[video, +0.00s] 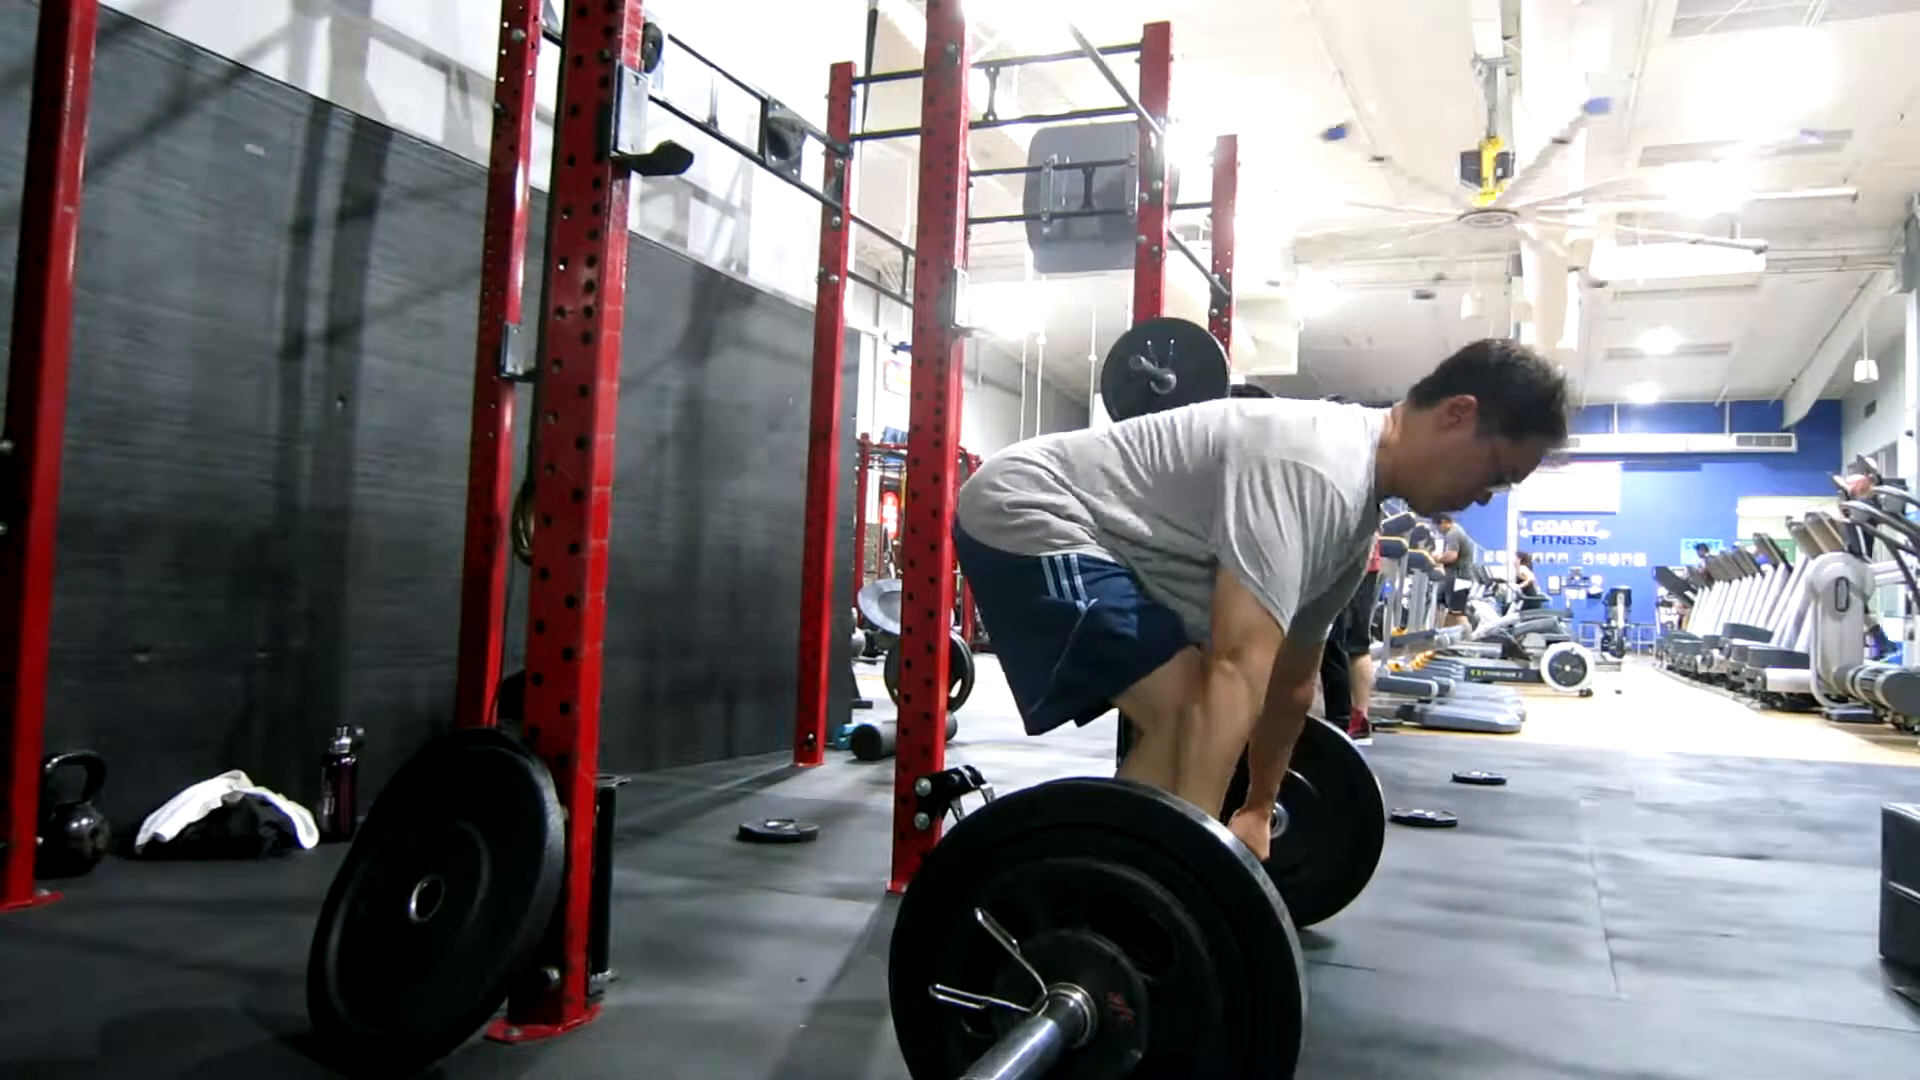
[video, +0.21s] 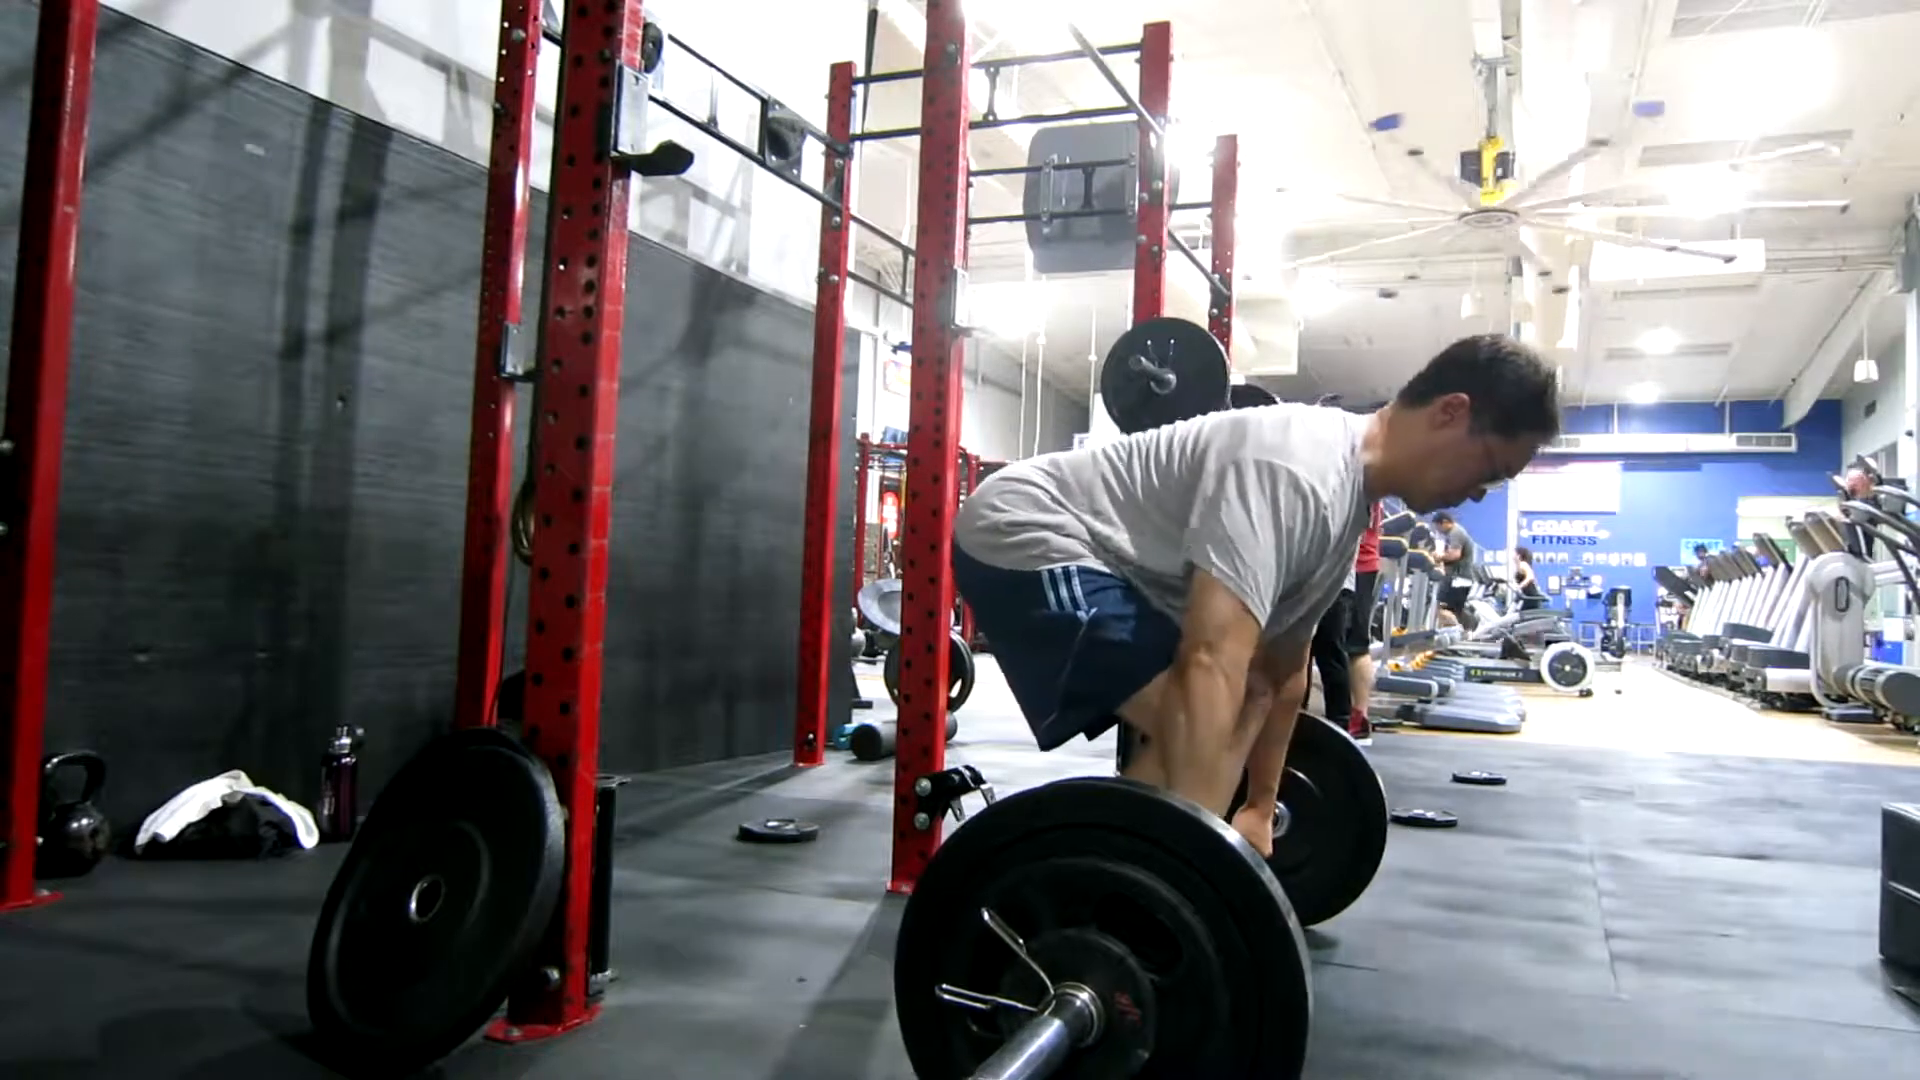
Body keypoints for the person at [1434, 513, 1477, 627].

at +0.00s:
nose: (1437, 529)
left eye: (1438, 526)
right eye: (1436, 526)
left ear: (1444, 522)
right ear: (1445, 522)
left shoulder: (1453, 533)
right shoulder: (1456, 532)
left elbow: (1452, 555)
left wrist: (1439, 559)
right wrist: (1441, 557)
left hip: (1459, 577)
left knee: (1457, 612)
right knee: (1451, 611)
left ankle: (1469, 642)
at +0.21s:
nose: (1438, 529)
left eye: (1438, 525)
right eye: (1437, 526)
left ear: (1445, 522)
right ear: (1446, 522)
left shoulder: (1456, 532)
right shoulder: (1454, 532)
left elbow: (1455, 554)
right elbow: (1451, 553)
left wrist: (1440, 556)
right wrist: (1441, 556)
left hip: (1458, 577)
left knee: (1445, 608)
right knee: (1456, 610)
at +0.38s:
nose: (1439, 531)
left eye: (1439, 527)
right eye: (1438, 528)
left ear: (1445, 523)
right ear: (1445, 523)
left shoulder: (1458, 533)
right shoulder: (1452, 535)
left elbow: (1458, 556)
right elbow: (1450, 555)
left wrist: (1440, 558)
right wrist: (1440, 558)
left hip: (1462, 579)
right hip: (1455, 578)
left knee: (1462, 614)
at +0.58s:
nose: (1438, 527)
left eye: (1438, 524)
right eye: (1436, 524)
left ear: (1444, 520)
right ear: (1444, 520)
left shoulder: (1456, 531)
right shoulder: (1453, 531)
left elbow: (1455, 554)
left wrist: (1439, 555)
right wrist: (1439, 555)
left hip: (1459, 576)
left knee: (1446, 609)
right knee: (1457, 610)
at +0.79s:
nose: (1438, 529)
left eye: (1438, 526)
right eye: (1437, 526)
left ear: (1443, 522)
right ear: (1443, 522)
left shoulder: (1454, 532)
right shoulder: (1450, 533)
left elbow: (1453, 555)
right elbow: (1446, 553)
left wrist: (1439, 559)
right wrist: (1439, 558)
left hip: (1461, 577)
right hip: (1453, 576)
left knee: (1457, 612)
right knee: (1449, 610)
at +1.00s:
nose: (1438, 529)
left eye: (1439, 525)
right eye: (1437, 526)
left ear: (1445, 522)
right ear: (1444, 522)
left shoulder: (1458, 532)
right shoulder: (1451, 536)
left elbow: (1463, 549)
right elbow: (1447, 555)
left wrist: (1447, 566)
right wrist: (1435, 557)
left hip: (1460, 579)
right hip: (1454, 578)